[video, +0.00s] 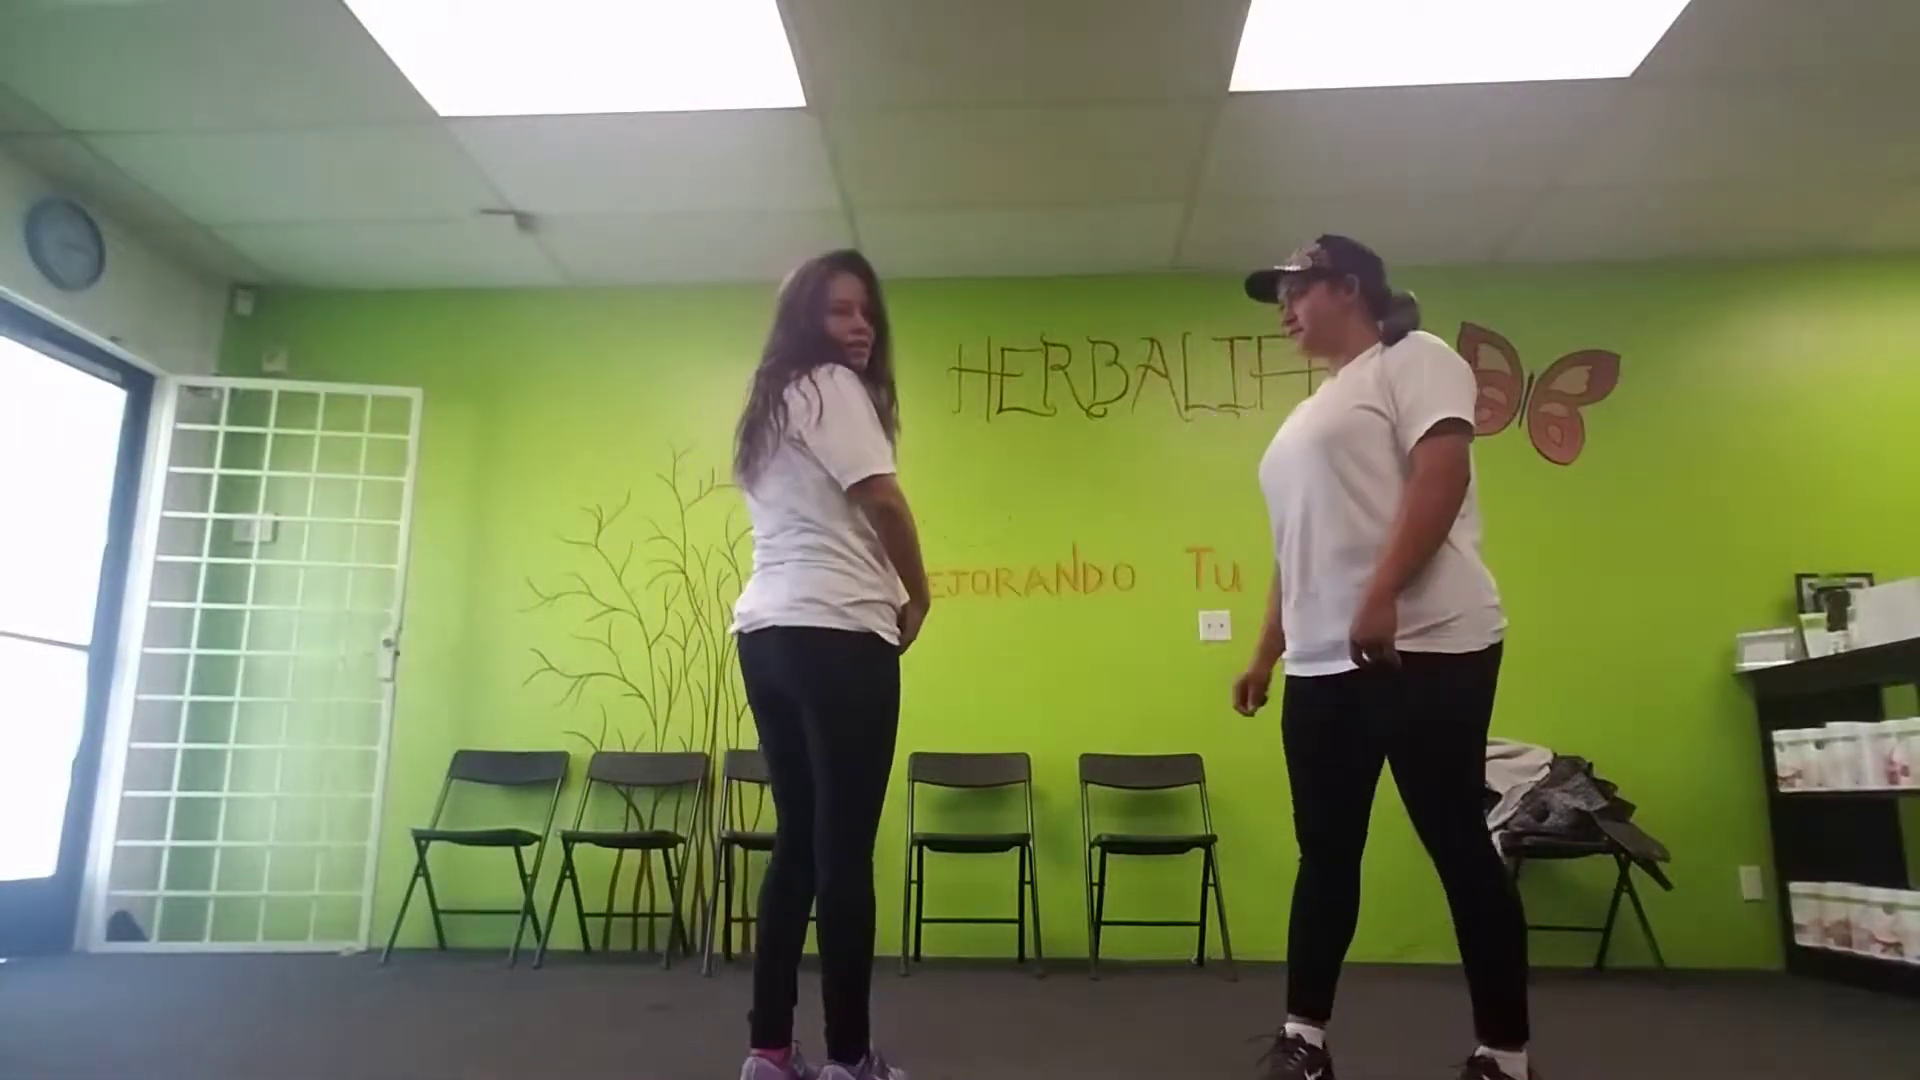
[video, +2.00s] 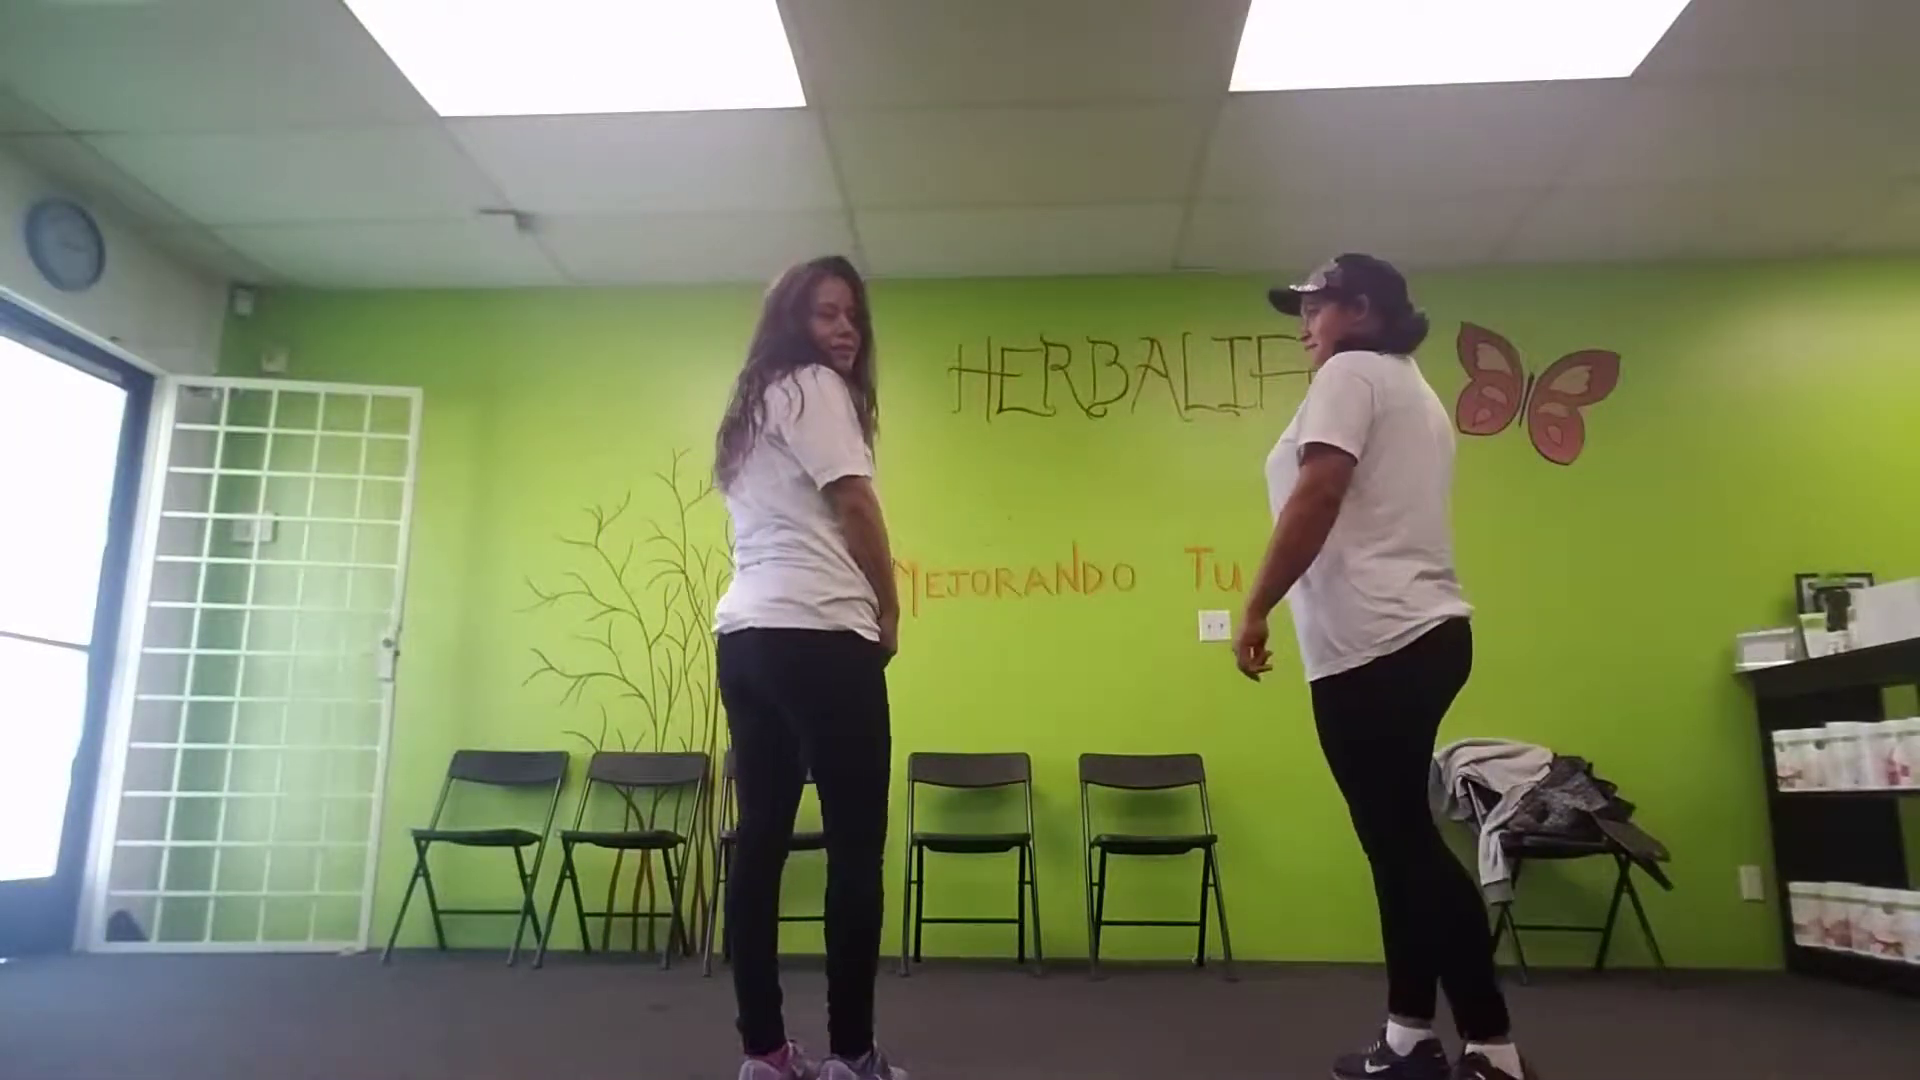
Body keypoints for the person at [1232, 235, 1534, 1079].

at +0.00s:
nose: (1284, 308)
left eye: (1298, 289)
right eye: (1282, 296)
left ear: (1349, 287)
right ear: (1321, 299)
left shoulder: (1416, 356)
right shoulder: (1312, 411)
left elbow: (1444, 466)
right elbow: (1300, 548)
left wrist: (1384, 590)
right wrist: (1265, 651)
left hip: (1431, 651)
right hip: (1323, 671)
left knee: (1461, 848)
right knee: (1325, 857)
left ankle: (1503, 1055)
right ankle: (1303, 1040)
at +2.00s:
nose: (1303, 324)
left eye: (1316, 308)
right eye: (1305, 309)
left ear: (1362, 312)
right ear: (1374, 320)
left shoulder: (1349, 374)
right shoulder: (1412, 389)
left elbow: (1319, 496)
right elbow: (1399, 516)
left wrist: (1256, 606)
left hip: (1373, 647)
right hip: (1419, 637)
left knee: (1403, 842)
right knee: (1396, 839)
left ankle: (1492, 1052)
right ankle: (1410, 1040)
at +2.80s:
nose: (1276, 351)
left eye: (1284, 337)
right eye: (1277, 337)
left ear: (1319, 336)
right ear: (1359, 340)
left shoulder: (1295, 395)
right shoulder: (1424, 417)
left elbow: (1244, 492)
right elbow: (1455, 545)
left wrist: (1189, 551)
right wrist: (1375, 566)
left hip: (1316, 651)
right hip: (1422, 645)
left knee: (1293, 832)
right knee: (1402, 832)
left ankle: (1358, 1014)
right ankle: (1419, 1033)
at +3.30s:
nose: (1215, 334)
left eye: (1221, 320)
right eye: (1217, 320)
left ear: (1243, 323)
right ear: (1303, 322)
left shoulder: (1198, 396)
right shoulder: (1361, 400)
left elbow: (1166, 513)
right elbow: (1367, 508)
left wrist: (1249, 479)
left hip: (1236, 649)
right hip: (1359, 640)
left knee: (1233, 847)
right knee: (1369, 833)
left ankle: (1235, 1050)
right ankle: (1411, 1039)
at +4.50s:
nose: (1224, 458)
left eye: (1229, 443)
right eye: (1225, 443)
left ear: (1259, 440)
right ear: (1305, 443)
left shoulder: (1219, 514)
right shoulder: (1373, 510)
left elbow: (1187, 618)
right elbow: (1375, 595)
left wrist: (1266, 583)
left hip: (1274, 716)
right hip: (1409, 709)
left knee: (1200, 863)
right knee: (1399, 862)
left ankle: (1231, 1049)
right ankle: (1424, 1043)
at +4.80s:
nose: (1215, 579)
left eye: (1219, 566)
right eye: (1215, 566)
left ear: (1249, 565)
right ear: (1299, 566)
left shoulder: (1212, 634)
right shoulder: (1360, 626)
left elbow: (1181, 740)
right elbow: (1376, 715)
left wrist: (1239, 675)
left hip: (1272, 844)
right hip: (1421, 835)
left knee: (1174, 873)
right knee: (1392, 879)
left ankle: (1231, 1046)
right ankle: (1420, 1040)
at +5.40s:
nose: (1215, 484)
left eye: (1218, 470)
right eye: (1216, 470)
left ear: (1242, 472)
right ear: (1297, 471)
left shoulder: (1206, 540)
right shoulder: (1354, 536)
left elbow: (1174, 646)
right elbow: (1363, 615)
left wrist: (1249, 598)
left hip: (1261, 735)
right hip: (1394, 725)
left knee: (1186, 869)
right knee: (1393, 870)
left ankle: (1231, 1044)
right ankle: (1420, 1038)